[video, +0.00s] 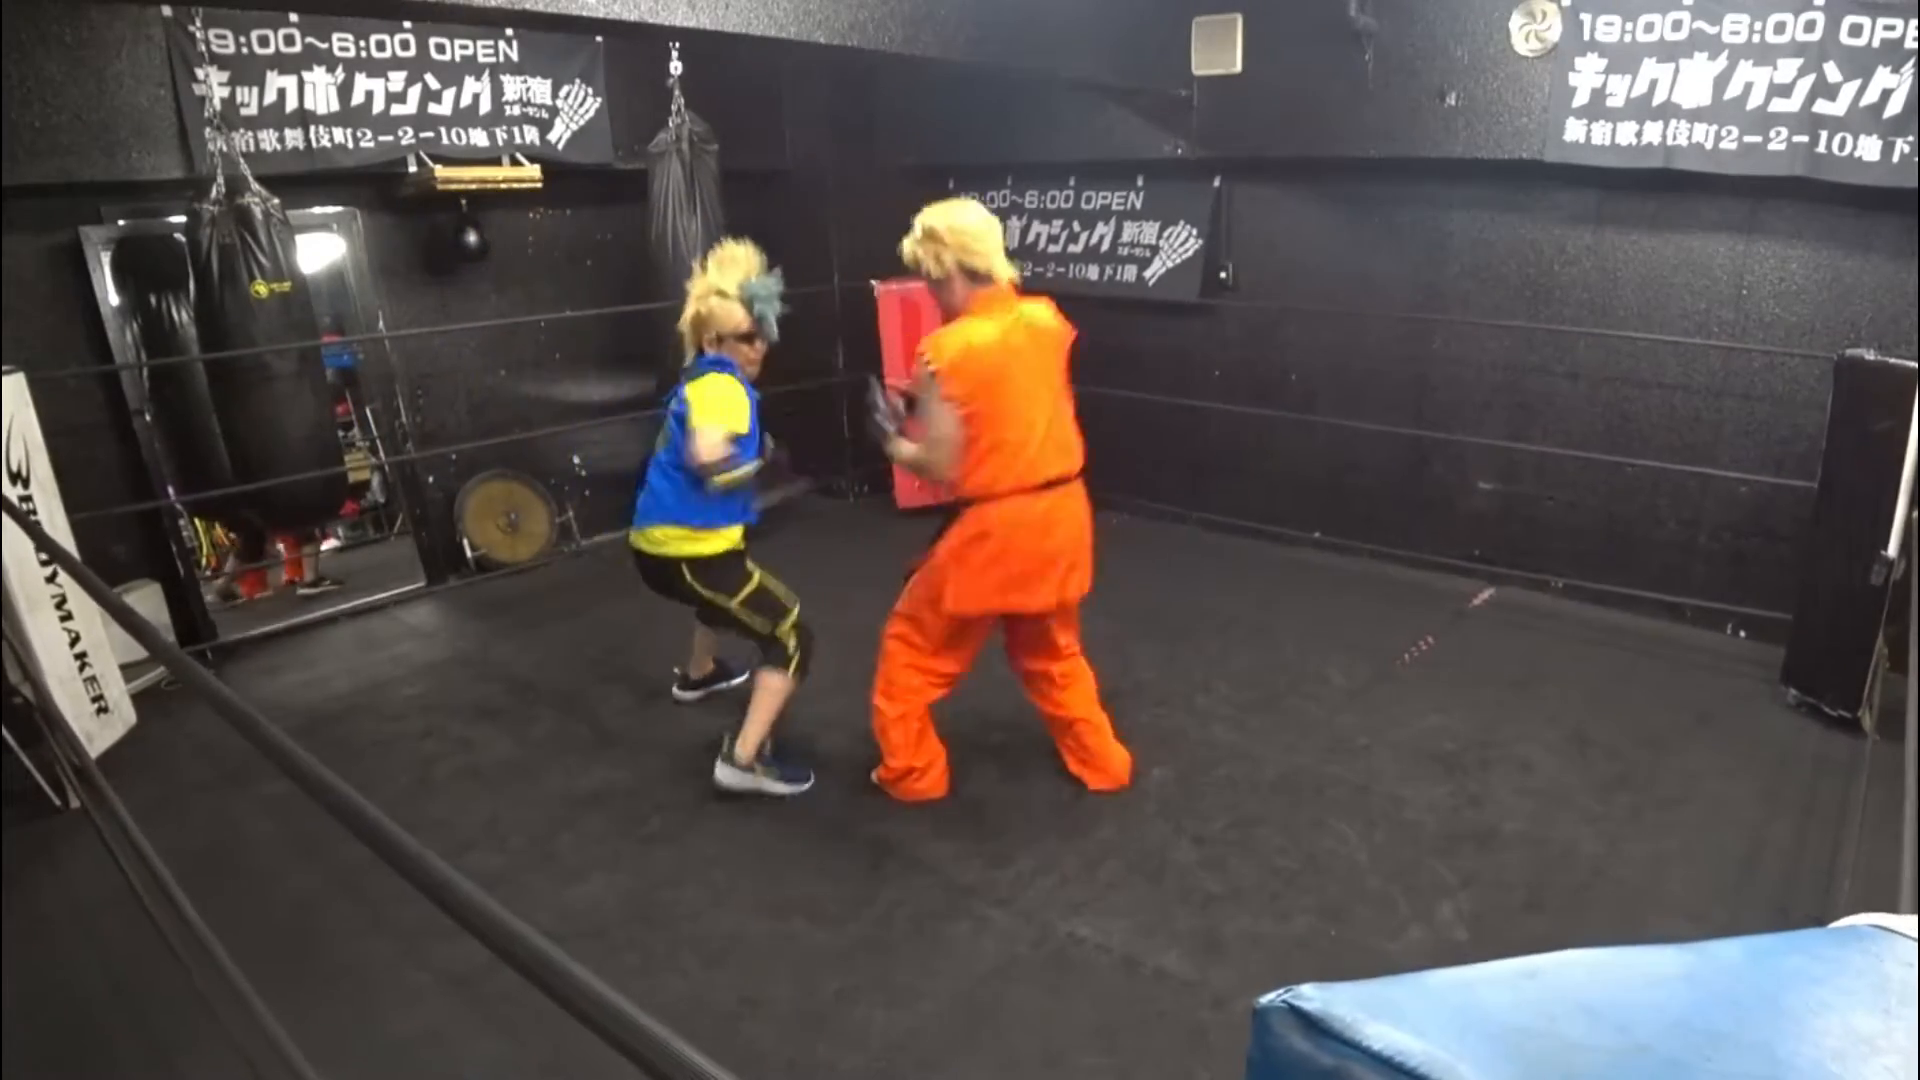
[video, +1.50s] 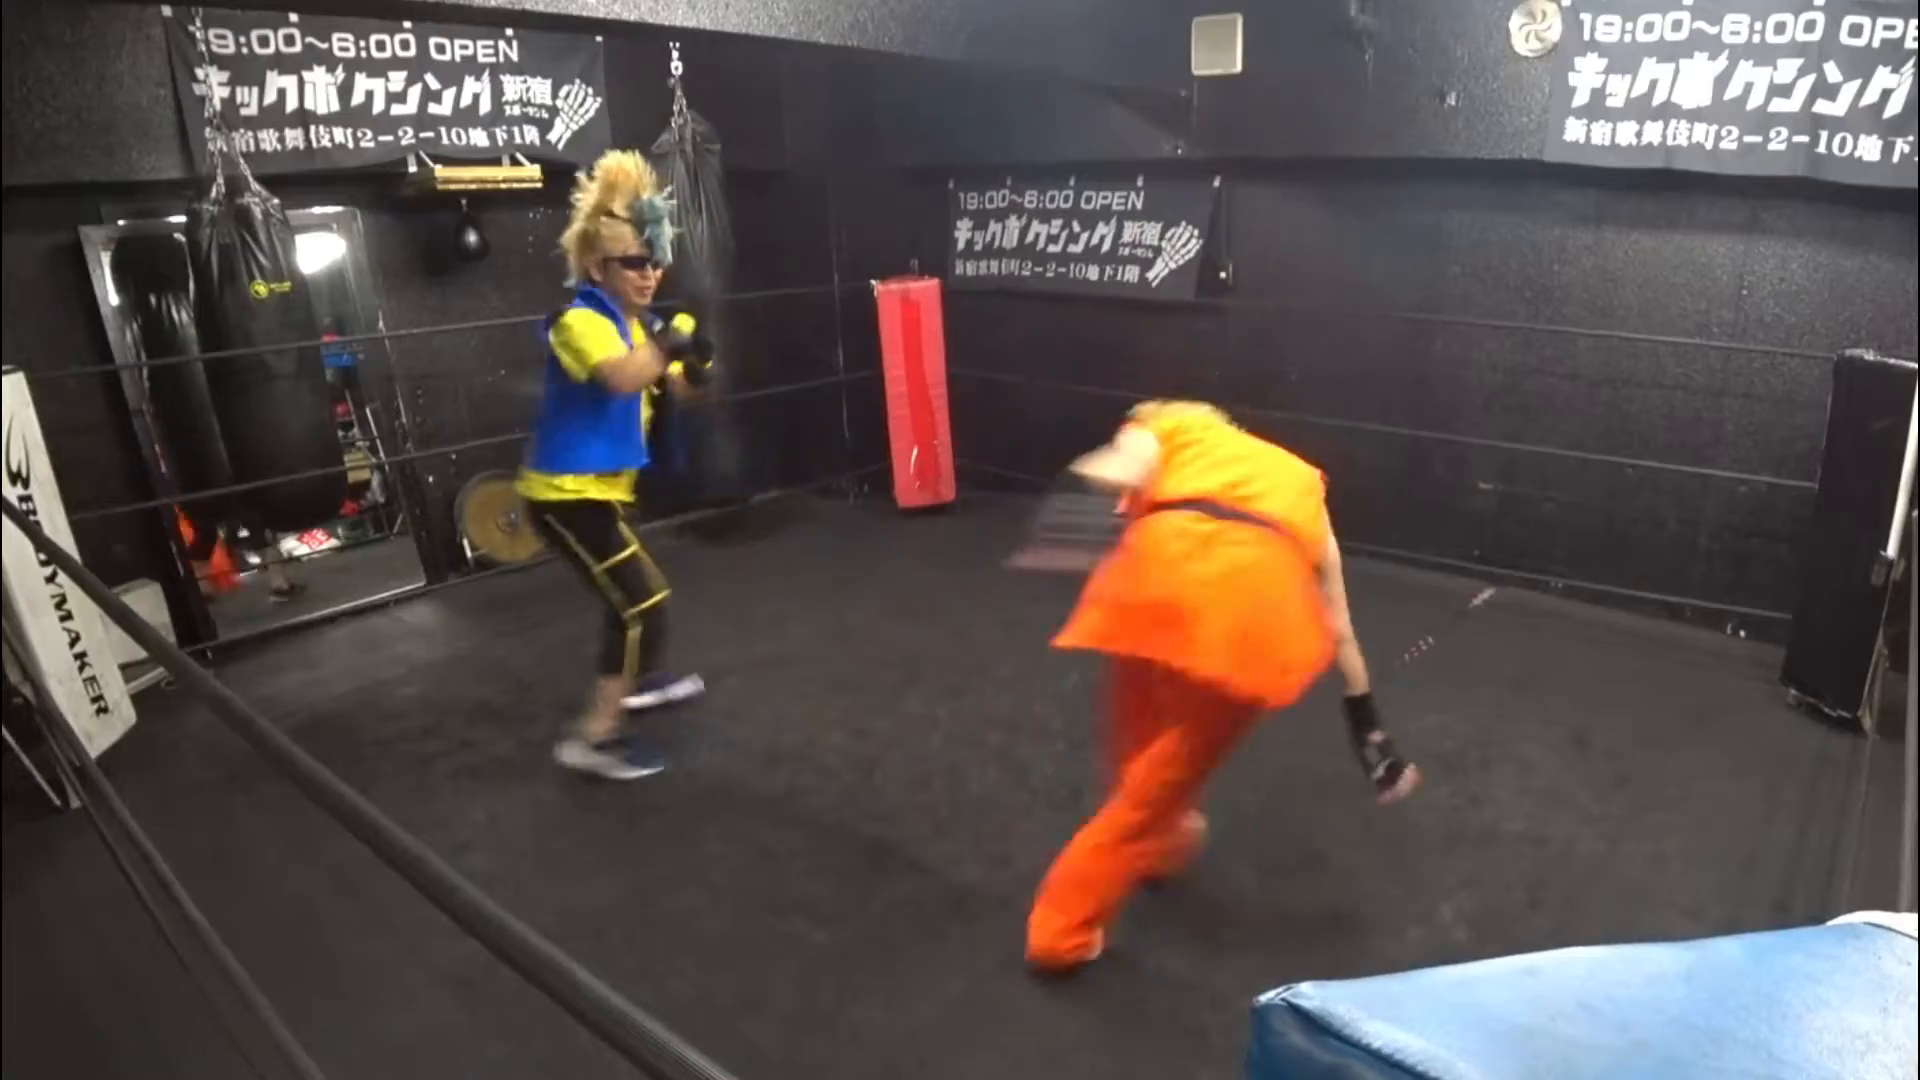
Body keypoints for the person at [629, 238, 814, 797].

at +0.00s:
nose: (761, 352)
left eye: (762, 341)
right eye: (752, 342)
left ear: (721, 341)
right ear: (723, 342)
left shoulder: (702, 381)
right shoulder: (720, 389)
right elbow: (708, 461)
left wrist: (748, 458)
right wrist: (758, 461)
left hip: (662, 541)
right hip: (690, 552)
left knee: (726, 580)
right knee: (791, 637)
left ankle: (699, 669)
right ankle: (744, 759)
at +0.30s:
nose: (721, 298)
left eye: (724, 285)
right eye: (707, 287)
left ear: (731, 283)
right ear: (665, 292)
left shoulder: (746, 332)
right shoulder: (635, 362)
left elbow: (817, 377)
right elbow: (611, 443)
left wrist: (873, 418)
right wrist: (624, 425)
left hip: (798, 488)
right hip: (733, 515)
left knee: (864, 549)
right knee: (784, 610)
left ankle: (869, 563)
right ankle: (801, 719)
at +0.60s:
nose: (716, 320)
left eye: (719, 307)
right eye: (701, 310)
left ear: (725, 301)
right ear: (661, 316)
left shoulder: (749, 336)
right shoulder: (641, 383)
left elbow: (825, 349)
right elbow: (598, 440)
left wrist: (881, 348)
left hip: (832, 445)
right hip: (793, 507)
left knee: (903, 447)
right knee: (810, 613)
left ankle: (1012, 466)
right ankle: (840, 712)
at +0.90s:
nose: (698, 315)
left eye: (702, 301)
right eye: (681, 306)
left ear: (712, 298)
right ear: (645, 316)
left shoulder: (749, 336)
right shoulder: (650, 376)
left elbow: (836, 370)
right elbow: (668, 430)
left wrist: (819, 344)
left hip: (822, 506)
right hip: (759, 529)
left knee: (850, 624)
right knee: (786, 649)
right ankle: (835, 710)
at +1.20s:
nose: (643, 298)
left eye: (654, 282)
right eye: (630, 288)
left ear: (682, 280)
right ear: (621, 294)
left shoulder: (726, 332)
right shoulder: (625, 352)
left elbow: (738, 389)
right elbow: (618, 419)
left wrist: (687, 335)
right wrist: (619, 450)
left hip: (749, 508)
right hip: (685, 521)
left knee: (765, 619)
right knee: (756, 624)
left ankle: (679, 668)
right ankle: (826, 710)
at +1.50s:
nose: (648, 276)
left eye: (652, 263)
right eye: (632, 264)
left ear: (658, 264)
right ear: (596, 268)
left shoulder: (638, 324)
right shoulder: (578, 321)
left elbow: (680, 391)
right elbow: (619, 378)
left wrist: (691, 368)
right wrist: (667, 347)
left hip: (606, 489)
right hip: (566, 493)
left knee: (635, 594)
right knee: (642, 600)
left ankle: (637, 684)